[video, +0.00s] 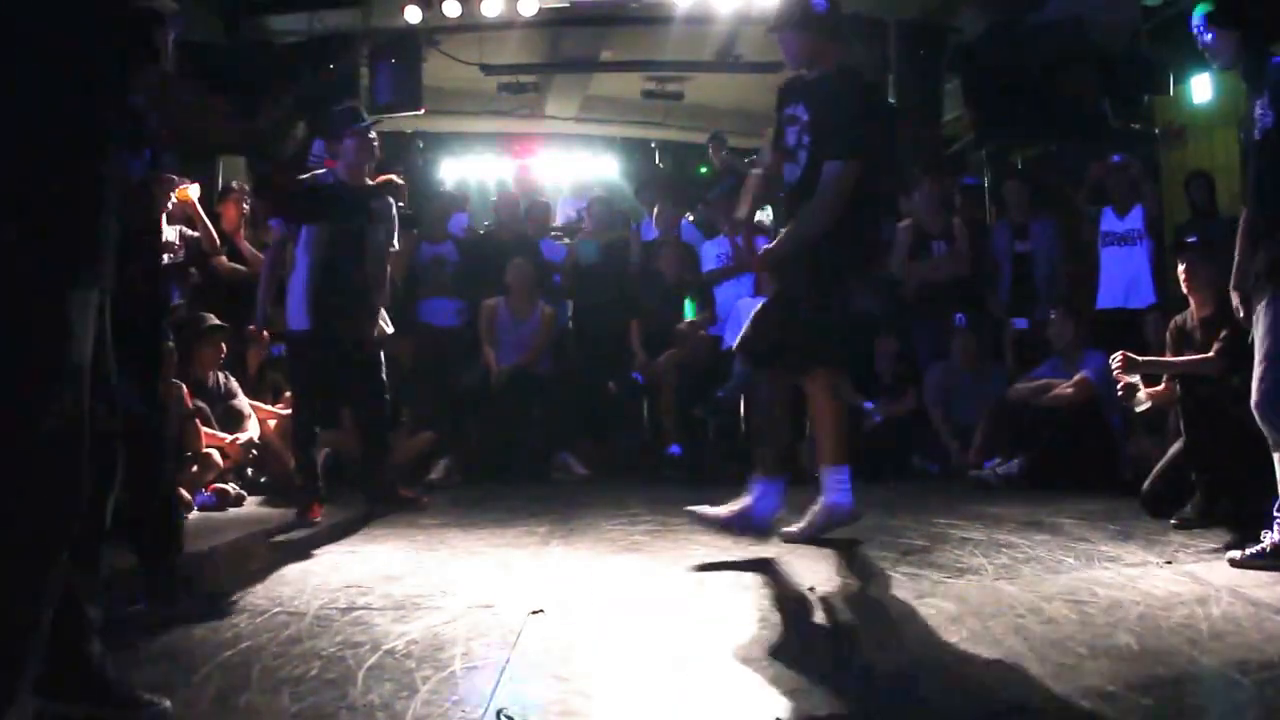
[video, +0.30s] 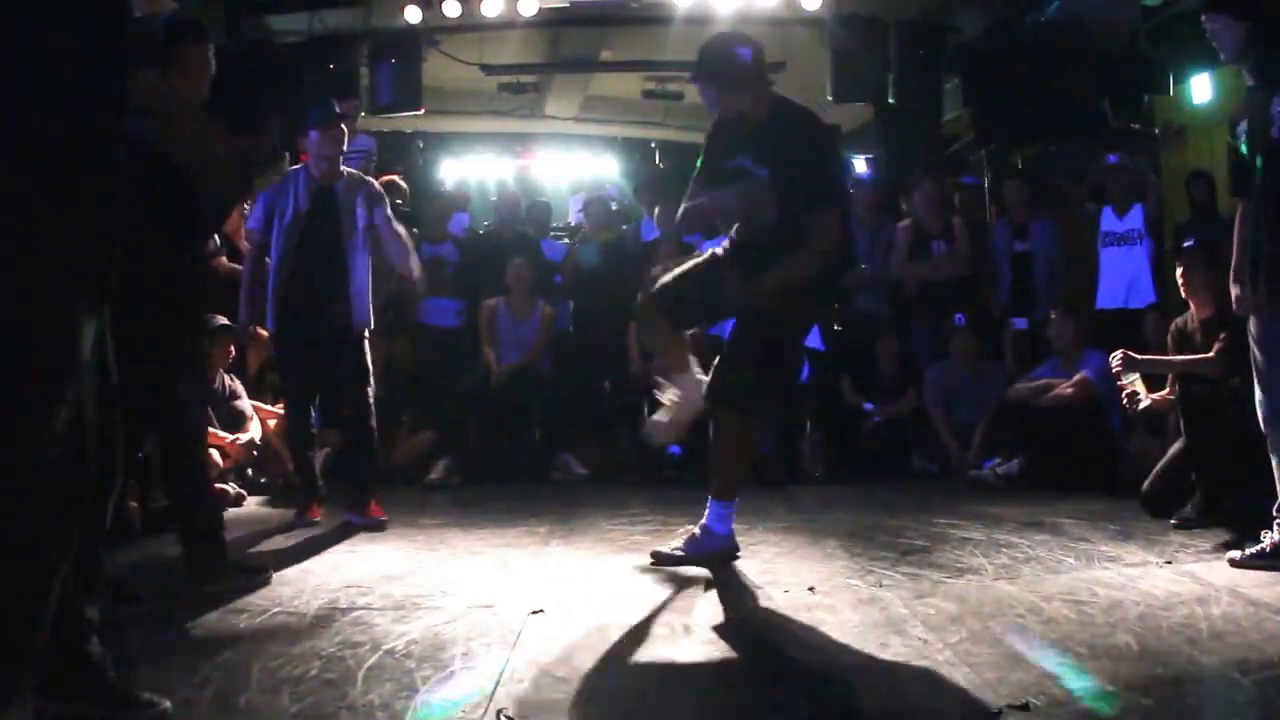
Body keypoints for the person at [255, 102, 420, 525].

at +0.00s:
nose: (369, 149)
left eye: (373, 142)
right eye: (360, 141)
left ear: (377, 151)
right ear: (337, 147)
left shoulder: (383, 202)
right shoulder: (308, 189)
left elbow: (384, 263)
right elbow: (277, 250)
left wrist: (379, 311)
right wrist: (263, 312)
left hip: (361, 321)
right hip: (308, 320)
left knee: (375, 409)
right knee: (306, 413)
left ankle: (379, 486)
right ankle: (309, 496)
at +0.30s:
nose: (331, 159)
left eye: (337, 150)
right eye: (324, 151)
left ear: (345, 148)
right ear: (305, 148)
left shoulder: (364, 191)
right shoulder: (277, 196)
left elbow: (397, 251)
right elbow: (255, 260)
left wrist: (412, 278)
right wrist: (249, 319)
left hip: (347, 326)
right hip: (294, 325)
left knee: (360, 413)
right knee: (297, 417)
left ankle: (363, 497)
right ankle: (309, 497)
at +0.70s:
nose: (342, 123)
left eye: (347, 117)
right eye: (333, 115)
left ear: (355, 126)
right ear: (313, 125)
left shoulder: (368, 167)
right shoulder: (291, 171)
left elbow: (412, 134)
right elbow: (266, 241)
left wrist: (449, 99)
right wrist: (255, 300)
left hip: (347, 309)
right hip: (292, 306)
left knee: (345, 413)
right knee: (290, 409)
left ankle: (342, 509)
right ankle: (304, 494)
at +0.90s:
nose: (349, 119)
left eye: (354, 112)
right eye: (340, 110)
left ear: (359, 121)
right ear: (317, 118)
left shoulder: (370, 165)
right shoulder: (287, 166)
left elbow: (418, 129)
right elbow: (259, 232)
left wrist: (458, 92)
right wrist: (249, 286)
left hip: (345, 305)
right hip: (289, 301)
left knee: (342, 413)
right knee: (283, 406)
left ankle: (342, 509)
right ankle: (293, 486)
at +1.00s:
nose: (350, 120)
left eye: (354, 113)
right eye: (341, 111)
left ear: (356, 121)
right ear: (316, 115)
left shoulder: (366, 161)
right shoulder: (284, 166)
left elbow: (416, 143)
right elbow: (254, 230)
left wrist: (470, 119)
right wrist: (242, 288)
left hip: (349, 306)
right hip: (293, 305)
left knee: (345, 414)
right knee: (290, 417)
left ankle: (342, 511)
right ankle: (291, 513)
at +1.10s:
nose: (339, 125)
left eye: (344, 116)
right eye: (330, 115)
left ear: (349, 121)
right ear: (307, 117)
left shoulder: (360, 164)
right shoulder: (275, 172)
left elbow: (413, 171)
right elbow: (251, 240)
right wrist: (253, 305)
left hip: (347, 308)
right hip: (293, 308)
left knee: (344, 415)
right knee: (292, 415)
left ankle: (341, 510)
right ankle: (290, 512)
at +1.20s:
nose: (340, 118)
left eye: (340, 110)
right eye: (329, 109)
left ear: (341, 116)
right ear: (300, 117)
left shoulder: (359, 167)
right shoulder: (271, 177)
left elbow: (403, 206)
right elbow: (255, 251)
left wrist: (447, 257)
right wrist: (262, 313)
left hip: (347, 314)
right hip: (291, 314)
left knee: (345, 418)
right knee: (289, 421)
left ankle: (342, 511)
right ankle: (290, 512)